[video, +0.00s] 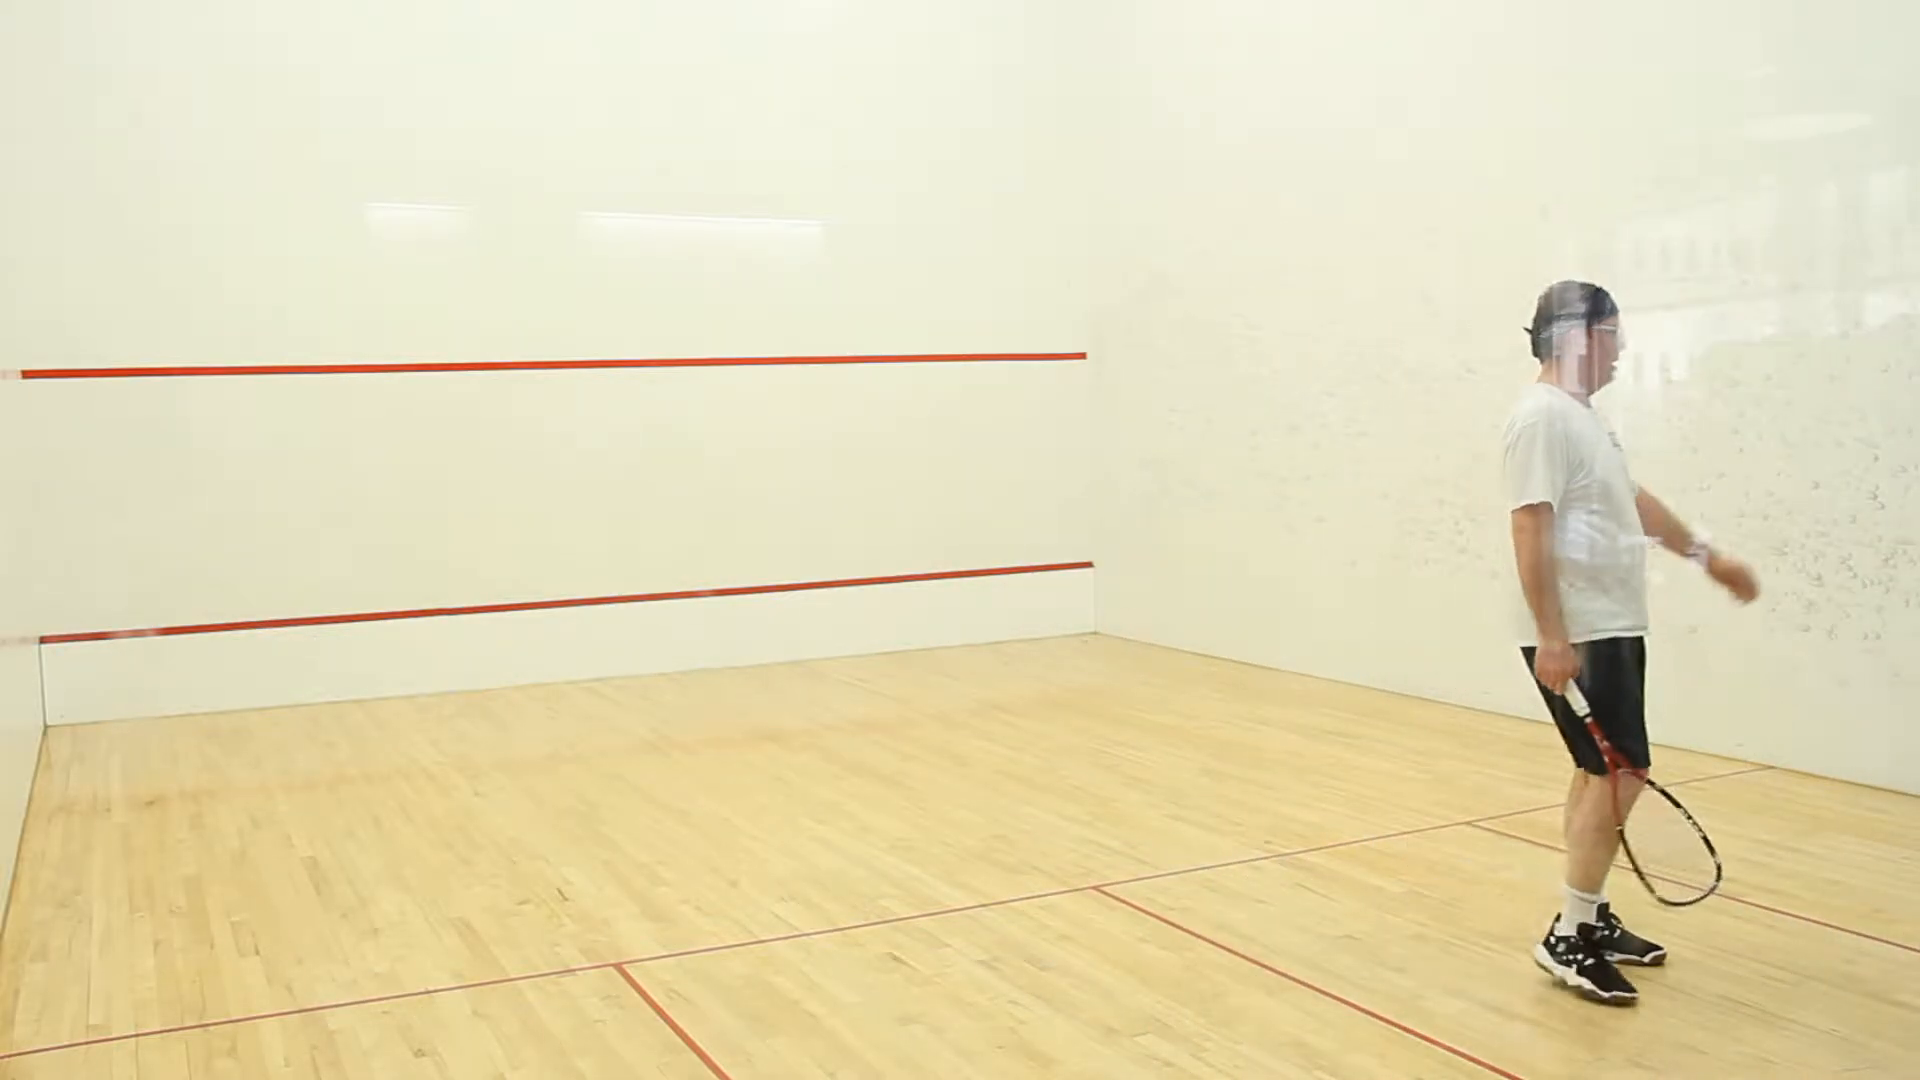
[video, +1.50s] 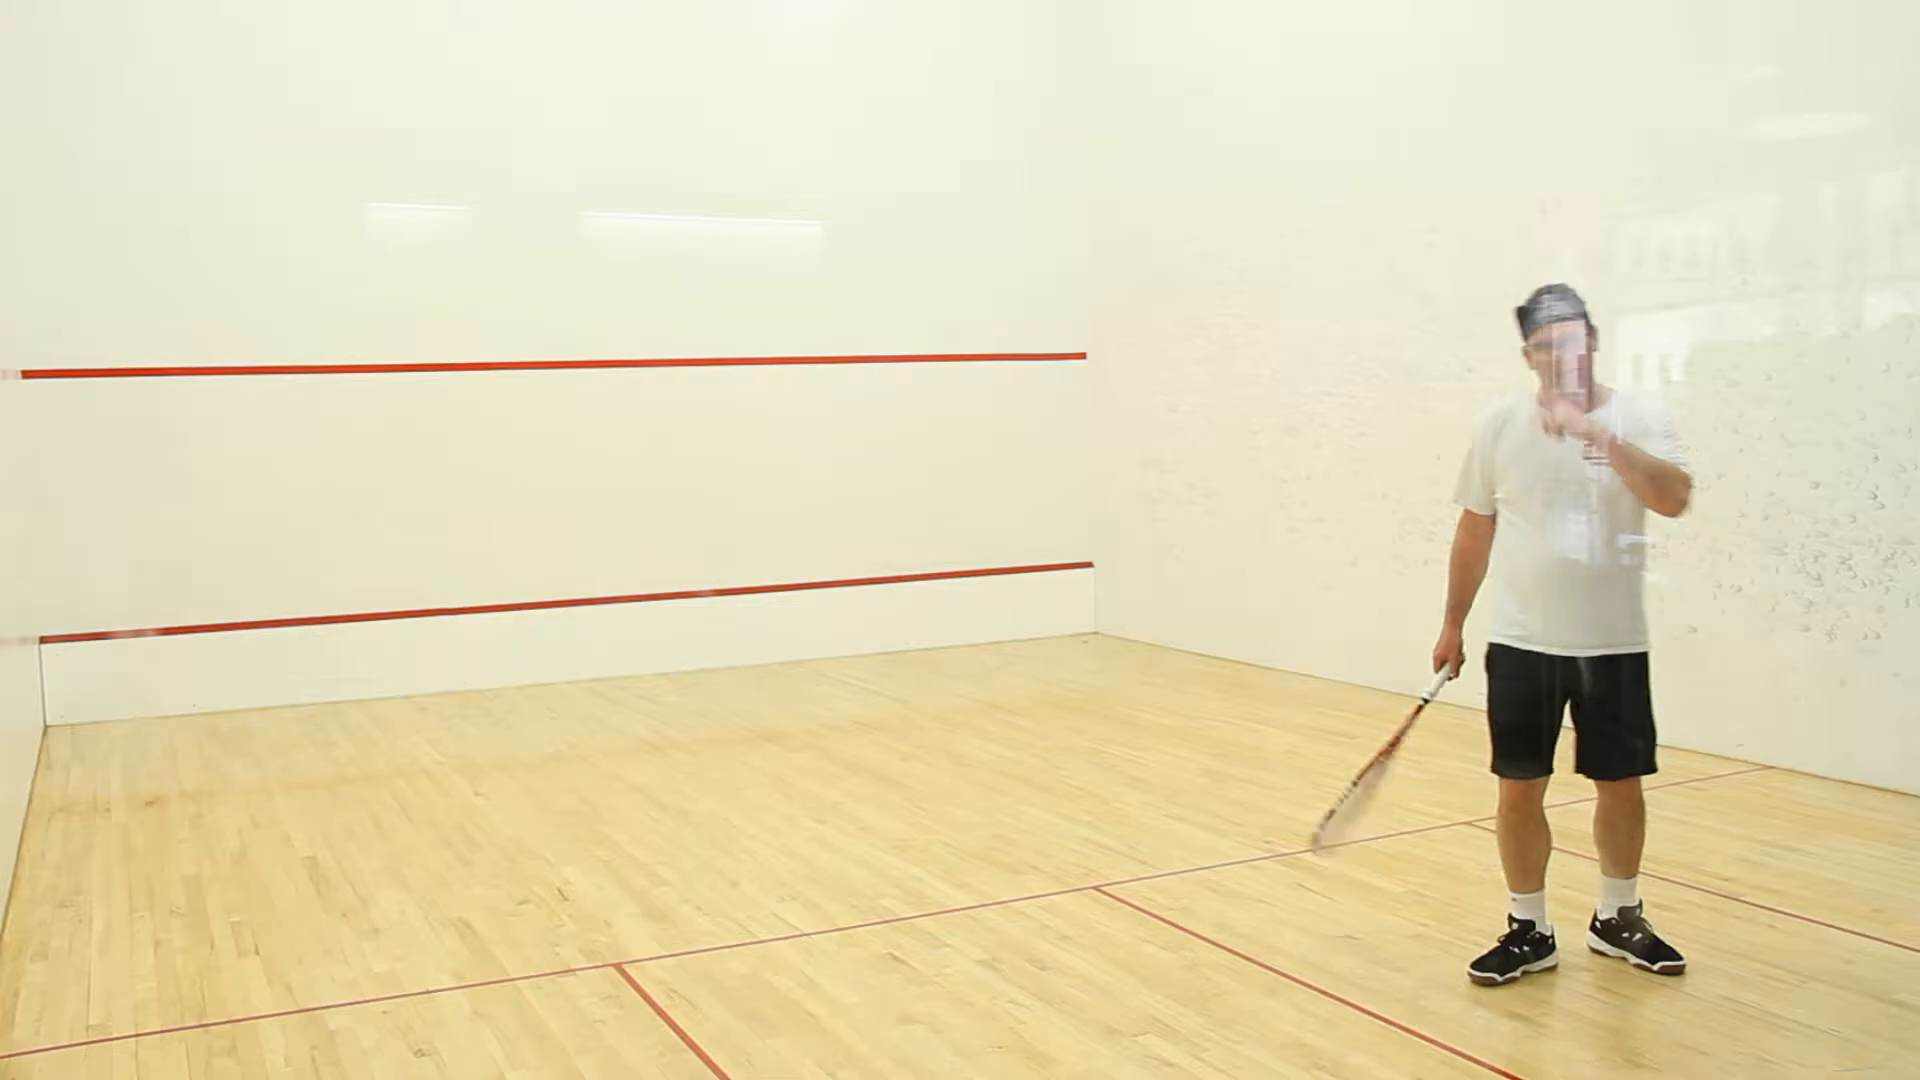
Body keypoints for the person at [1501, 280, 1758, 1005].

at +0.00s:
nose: (1618, 351)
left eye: (1617, 337)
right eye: (1610, 336)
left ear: (1575, 339)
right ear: (1577, 337)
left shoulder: (1584, 418)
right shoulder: (1542, 417)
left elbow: (1634, 502)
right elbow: (1529, 531)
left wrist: (1708, 556)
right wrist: (1550, 636)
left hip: (1614, 628)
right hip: (1582, 633)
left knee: (1605, 774)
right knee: (1619, 773)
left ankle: (1590, 921)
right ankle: (1569, 937)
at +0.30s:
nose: (1624, 344)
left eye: (1621, 331)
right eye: (1617, 331)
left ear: (1581, 337)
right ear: (1591, 336)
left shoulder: (1602, 417)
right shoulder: (1549, 416)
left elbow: (1634, 524)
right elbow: (1530, 529)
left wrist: (1695, 586)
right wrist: (1547, 634)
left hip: (1621, 632)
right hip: (1581, 636)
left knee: (1608, 779)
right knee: (1585, 783)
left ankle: (1585, 918)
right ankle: (1544, 936)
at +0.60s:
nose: (1628, 331)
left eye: (1624, 320)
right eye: (1619, 321)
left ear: (1590, 335)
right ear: (1592, 333)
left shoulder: (1608, 418)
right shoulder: (1563, 415)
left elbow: (1629, 523)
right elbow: (1542, 531)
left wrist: (1692, 575)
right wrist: (1577, 634)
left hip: (1622, 638)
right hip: (1563, 641)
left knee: (1643, 764)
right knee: (1569, 782)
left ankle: (1599, 909)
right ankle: (1543, 934)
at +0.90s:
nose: (1652, 334)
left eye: (1650, 323)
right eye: (1640, 323)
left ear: (1619, 337)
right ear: (1599, 335)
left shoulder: (1654, 421)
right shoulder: (1555, 424)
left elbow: (1713, 499)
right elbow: (1534, 531)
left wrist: (1810, 473)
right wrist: (1578, 623)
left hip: (1637, 636)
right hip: (1565, 636)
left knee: (1633, 769)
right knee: (1571, 778)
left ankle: (1620, 918)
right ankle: (1543, 935)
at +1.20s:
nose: (1643, 356)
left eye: (1649, 341)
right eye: (1628, 342)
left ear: (1656, 344)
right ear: (1588, 345)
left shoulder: (1675, 425)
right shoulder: (1541, 424)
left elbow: (1734, 505)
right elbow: (1497, 523)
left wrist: (1711, 433)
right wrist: (1477, 619)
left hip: (1643, 639)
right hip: (1556, 636)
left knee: (1633, 781)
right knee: (1549, 782)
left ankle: (1620, 917)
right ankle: (1534, 926)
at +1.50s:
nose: (1559, 357)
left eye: (1569, 342)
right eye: (1544, 348)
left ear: (1592, 338)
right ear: (1526, 353)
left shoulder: (1633, 417)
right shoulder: (1501, 425)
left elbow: (1674, 498)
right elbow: (1474, 527)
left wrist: (1601, 439)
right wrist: (1453, 624)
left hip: (1613, 639)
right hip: (1521, 638)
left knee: (1621, 781)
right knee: (1519, 787)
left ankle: (1618, 917)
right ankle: (1528, 929)